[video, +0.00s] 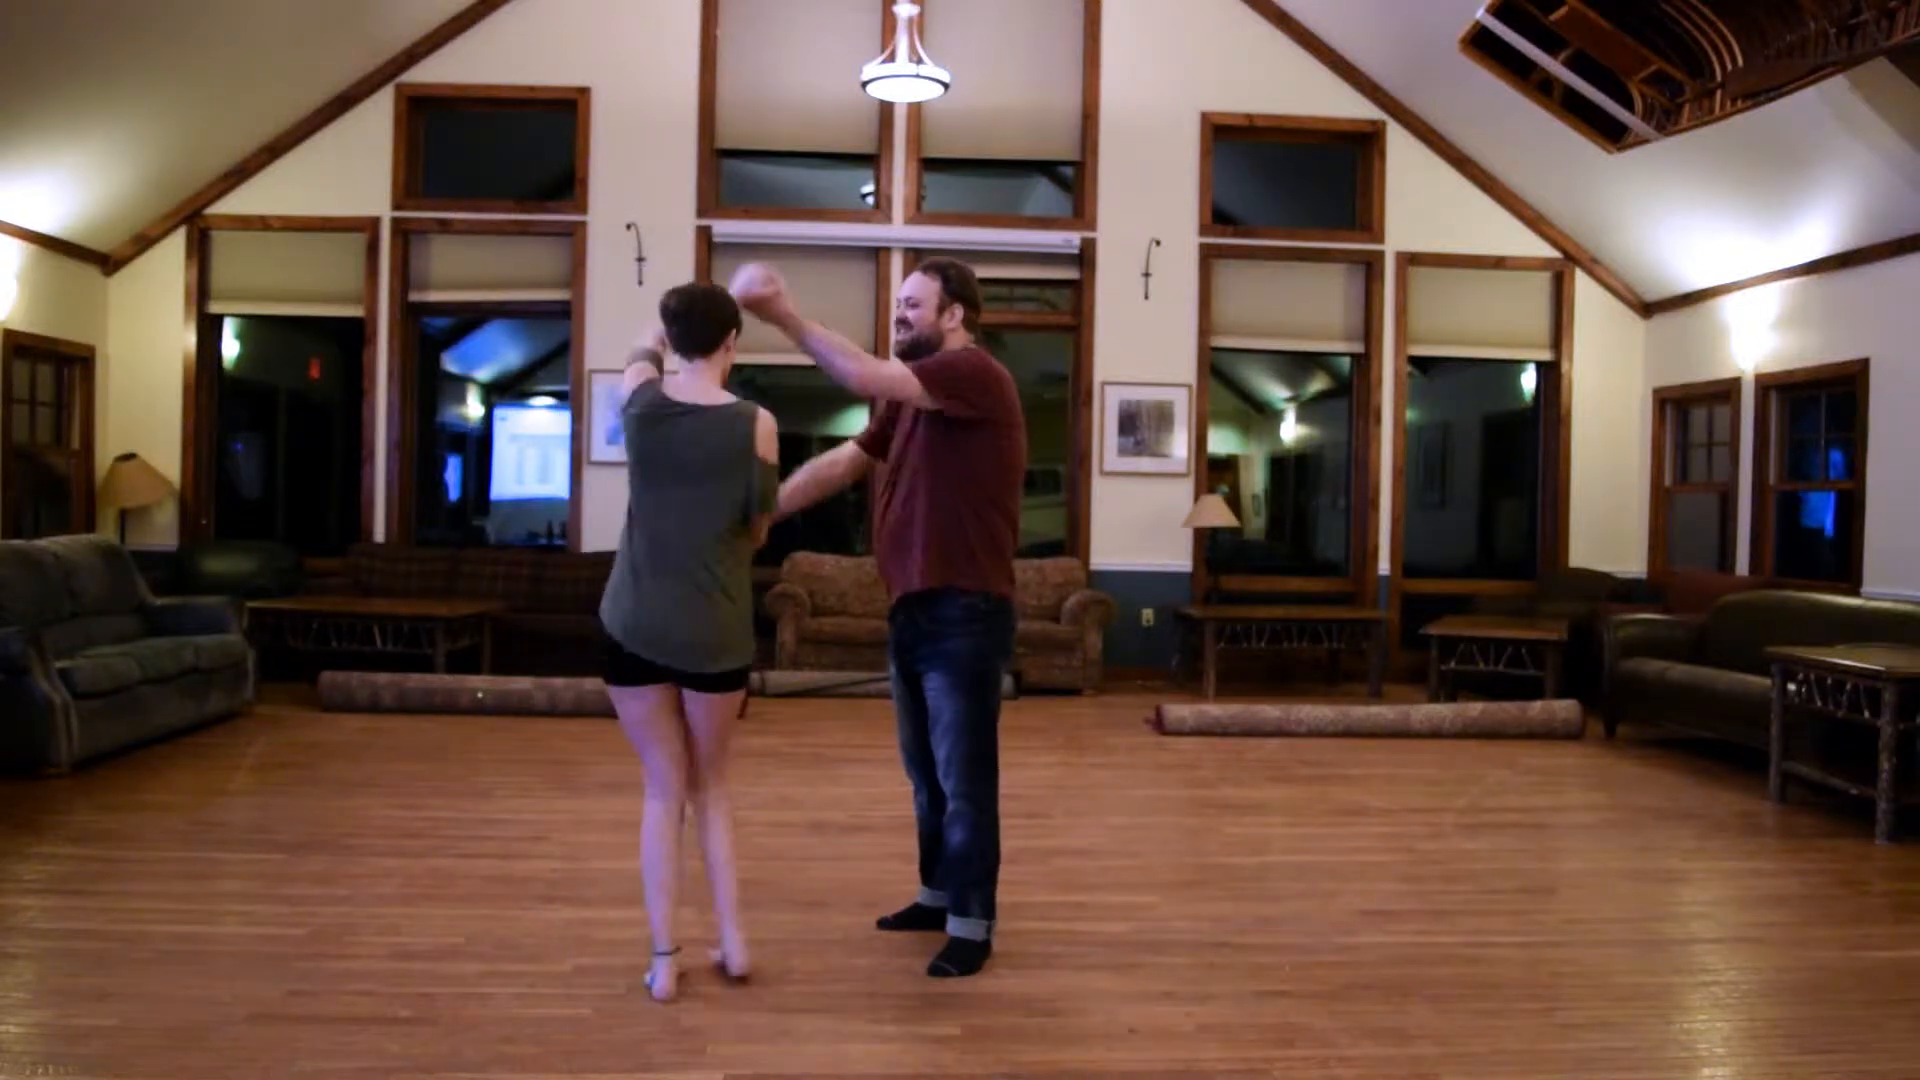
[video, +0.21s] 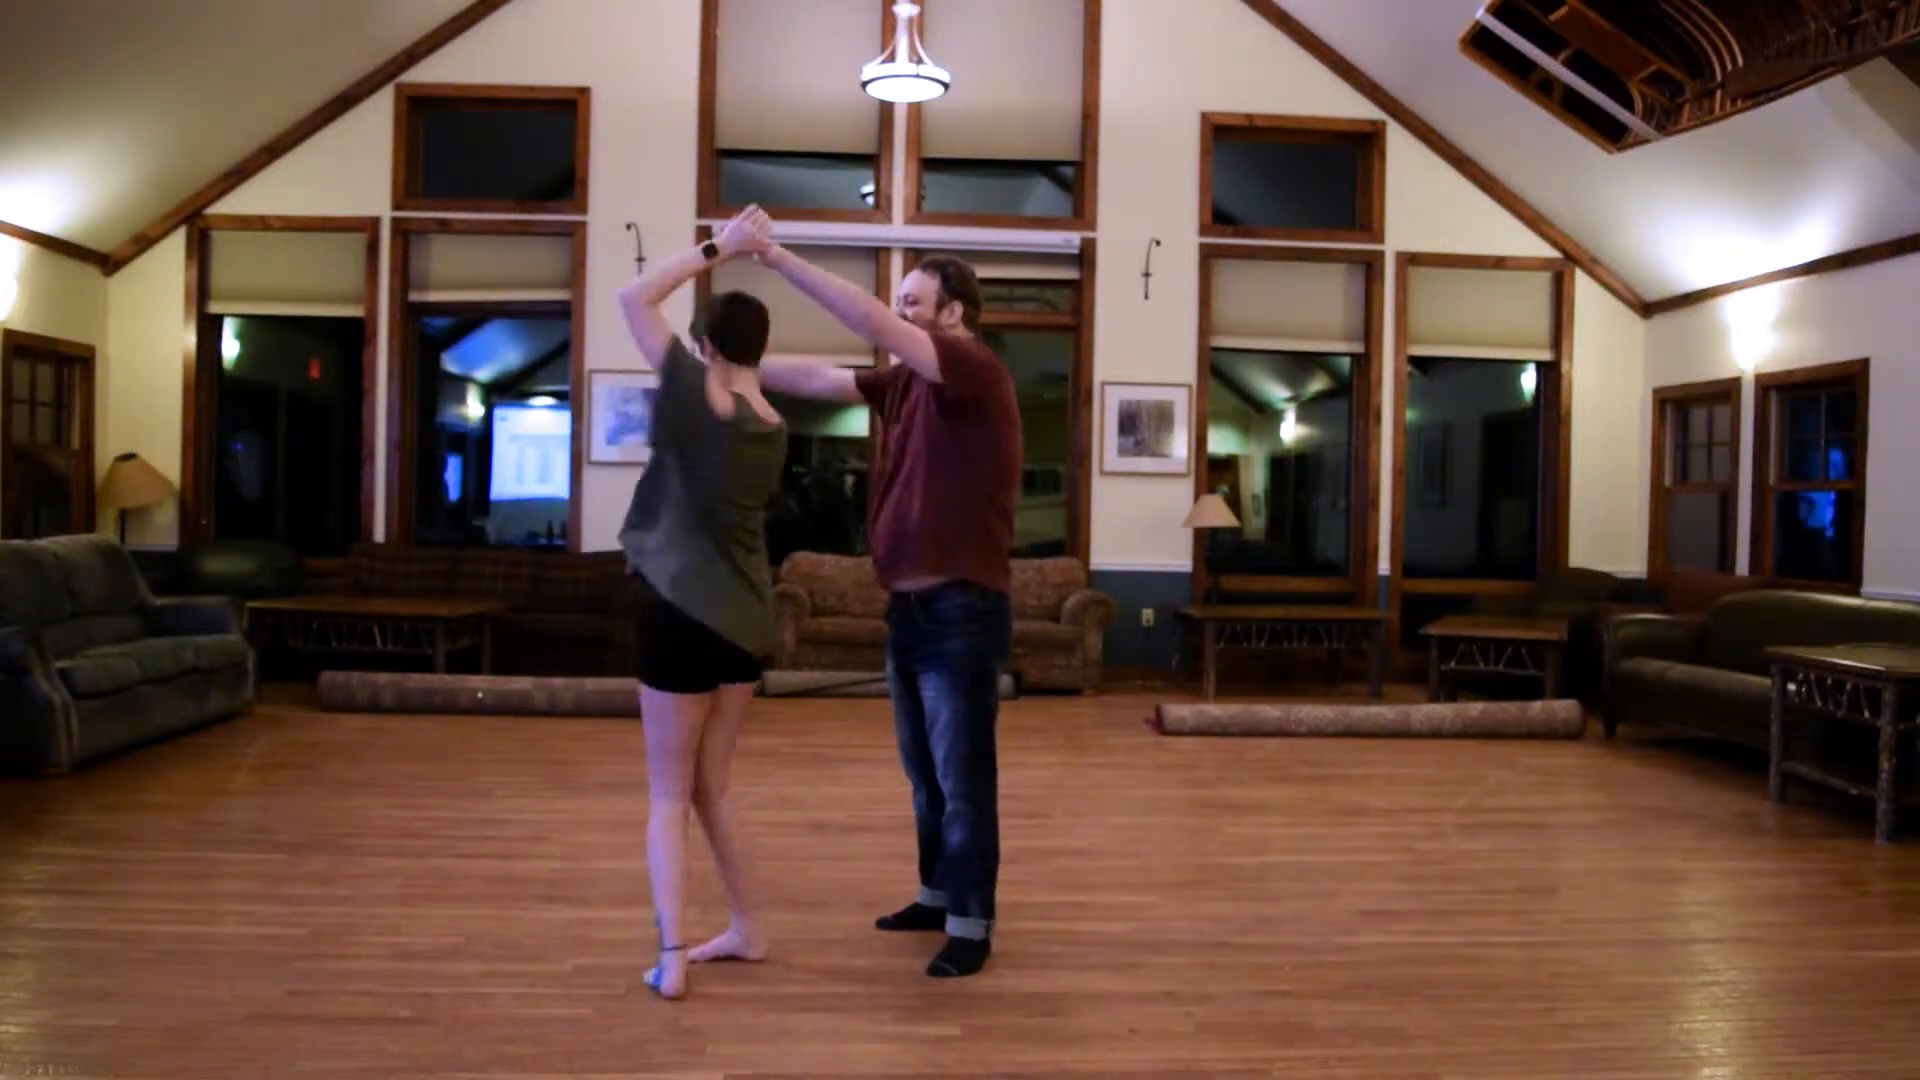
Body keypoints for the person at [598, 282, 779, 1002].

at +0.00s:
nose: (735, 342)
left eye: (667, 336)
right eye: (735, 333)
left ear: (667, 345)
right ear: (732, 343)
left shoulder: (641, 408)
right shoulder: (757, 424)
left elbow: (643, 373)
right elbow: (759, 530)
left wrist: (661, 354)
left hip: (631, 625)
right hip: (717, 633)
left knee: (662, 790)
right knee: (714, 785)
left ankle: (663, 959)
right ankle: (732, 943)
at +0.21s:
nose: (695, 339)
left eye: (701, 327)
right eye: (714, 330)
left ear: (703, 337)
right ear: (761, 349)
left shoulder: (687, 383)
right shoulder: (775, 424)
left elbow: (637, 296)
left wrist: (711, 250)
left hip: (678, 610)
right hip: (747, 616)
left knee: (670, 795)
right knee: (713, 792)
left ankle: (672, 954)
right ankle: (746, 929)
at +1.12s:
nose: (825, 354)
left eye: (821, 344)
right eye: (823, 346)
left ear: (757, 351)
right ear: (813, 351)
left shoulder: (724, 425)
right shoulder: (830, 418)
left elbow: (693, 479)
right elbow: (866, 486)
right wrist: (845, 430)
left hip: (749, 621)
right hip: (822, 626)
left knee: (773, 774)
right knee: (827, 788)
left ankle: (740, 921)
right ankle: (834, 945)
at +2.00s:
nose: (853, 335)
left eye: (853, 326)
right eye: (850, 324)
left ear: (786, 332)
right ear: (834, 326)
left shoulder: (810, 394)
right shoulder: (804, 396)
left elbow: (881, 388)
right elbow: (926, 394)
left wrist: (876, 304)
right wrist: (904, 317)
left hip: (845, 609)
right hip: (805, 613)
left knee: (852, 790)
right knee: (809, 797)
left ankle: (796, 954)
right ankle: (774, 986)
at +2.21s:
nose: (858, 340)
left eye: (861, 328)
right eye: (856, 329)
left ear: (787, 337)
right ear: (843, 336)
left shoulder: (779, 408)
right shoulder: (828, 415)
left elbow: (856, 406)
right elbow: (925, 464)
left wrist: (874, 324)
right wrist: (908, 373)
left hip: (800, 620)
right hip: (822, 627)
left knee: (832, 803)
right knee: (831, 806)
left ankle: (792, 971)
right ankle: (778, 985)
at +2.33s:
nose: (862, 336)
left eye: (866, 324)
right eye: (860, 326)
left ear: (789, 335)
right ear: (844, 334)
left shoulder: (777, 406)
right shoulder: (833, 411)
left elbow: (852, 410)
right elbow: (928, 465)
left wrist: (872, 334)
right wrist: (908, 374)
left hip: (790, 613)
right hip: (830, 620)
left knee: (826, 801)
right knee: (829, 804)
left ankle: (790, 972)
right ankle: (782, 984)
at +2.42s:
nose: (862, 336)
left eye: (865, 324)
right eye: (860, 326)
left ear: (789, 334)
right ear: (844, 333)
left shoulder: (777, 406)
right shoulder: (833, 408)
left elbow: (852, 414)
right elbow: (935, 453)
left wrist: (876, 347)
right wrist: (906, 366)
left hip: (792, 613)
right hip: (829, 620)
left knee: (818, 802)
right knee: (825, 806)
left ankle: (786, 974)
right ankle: (782, 985)